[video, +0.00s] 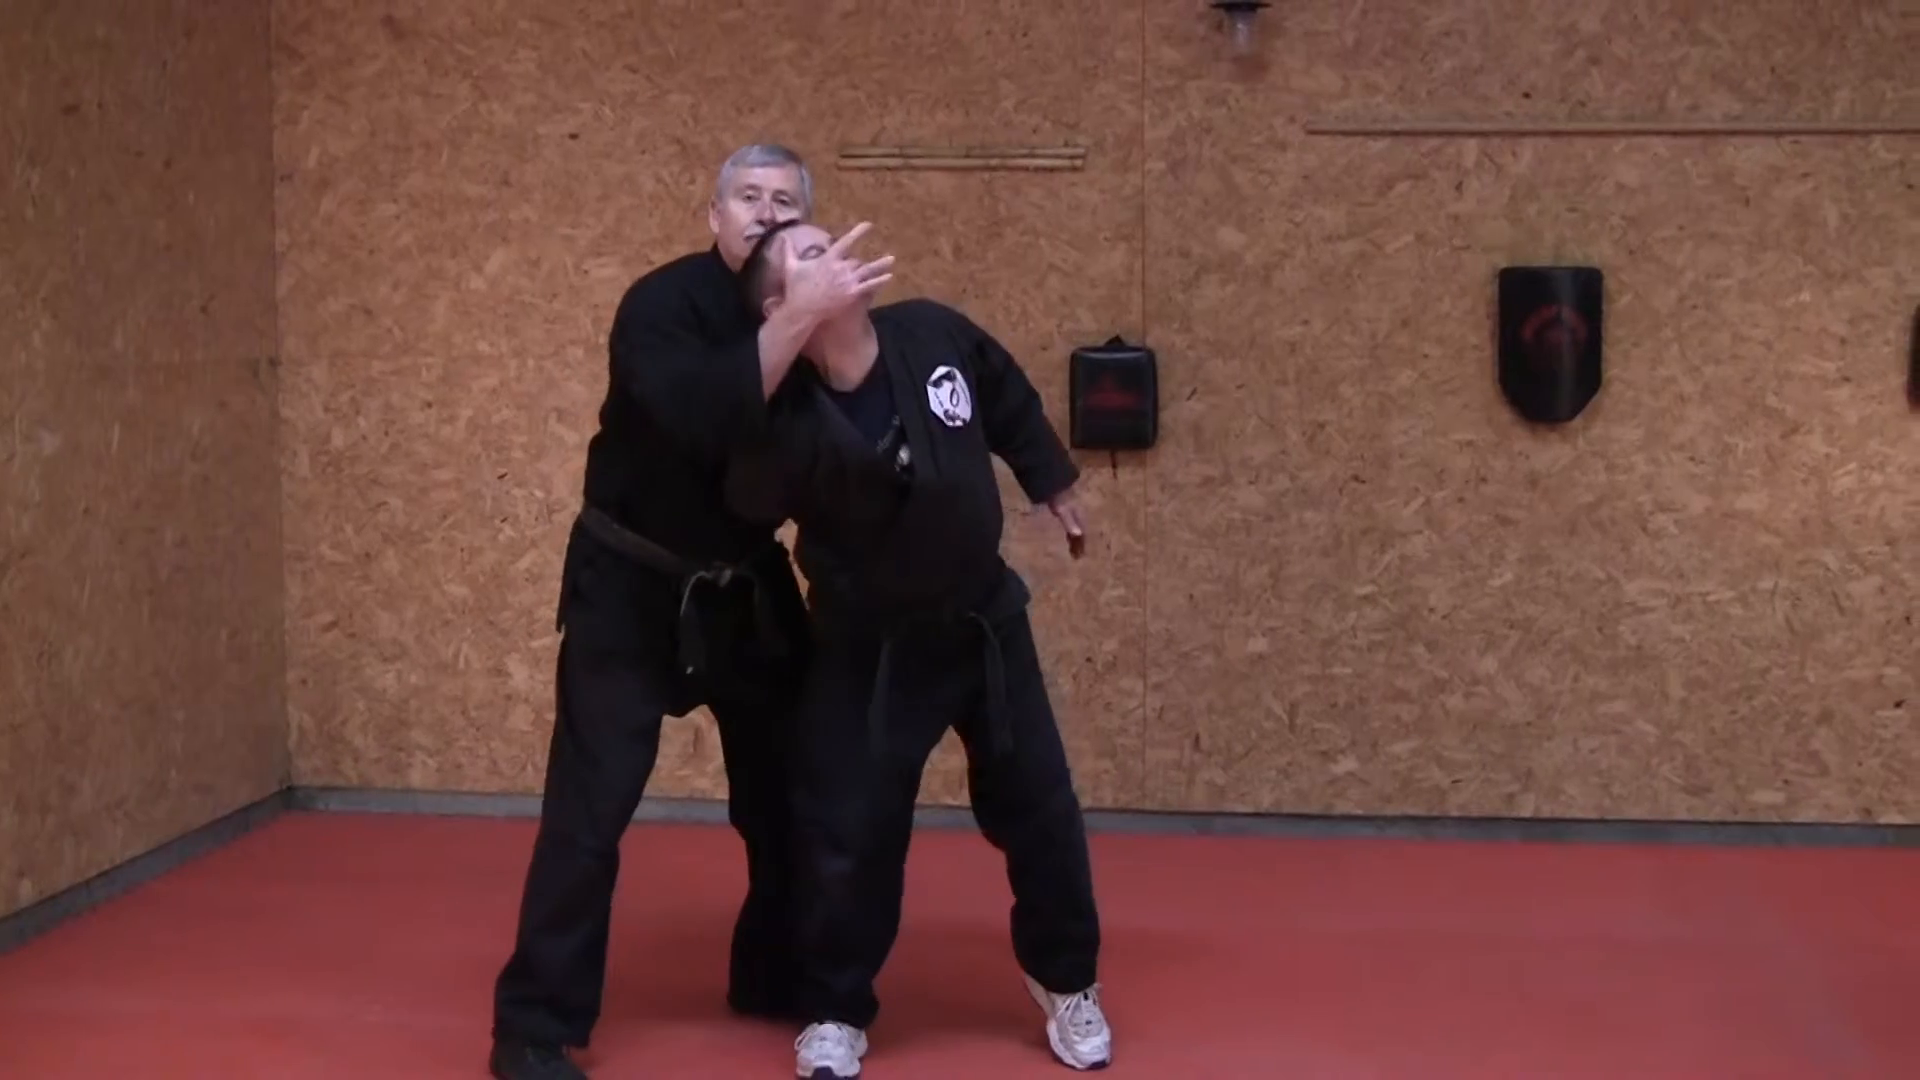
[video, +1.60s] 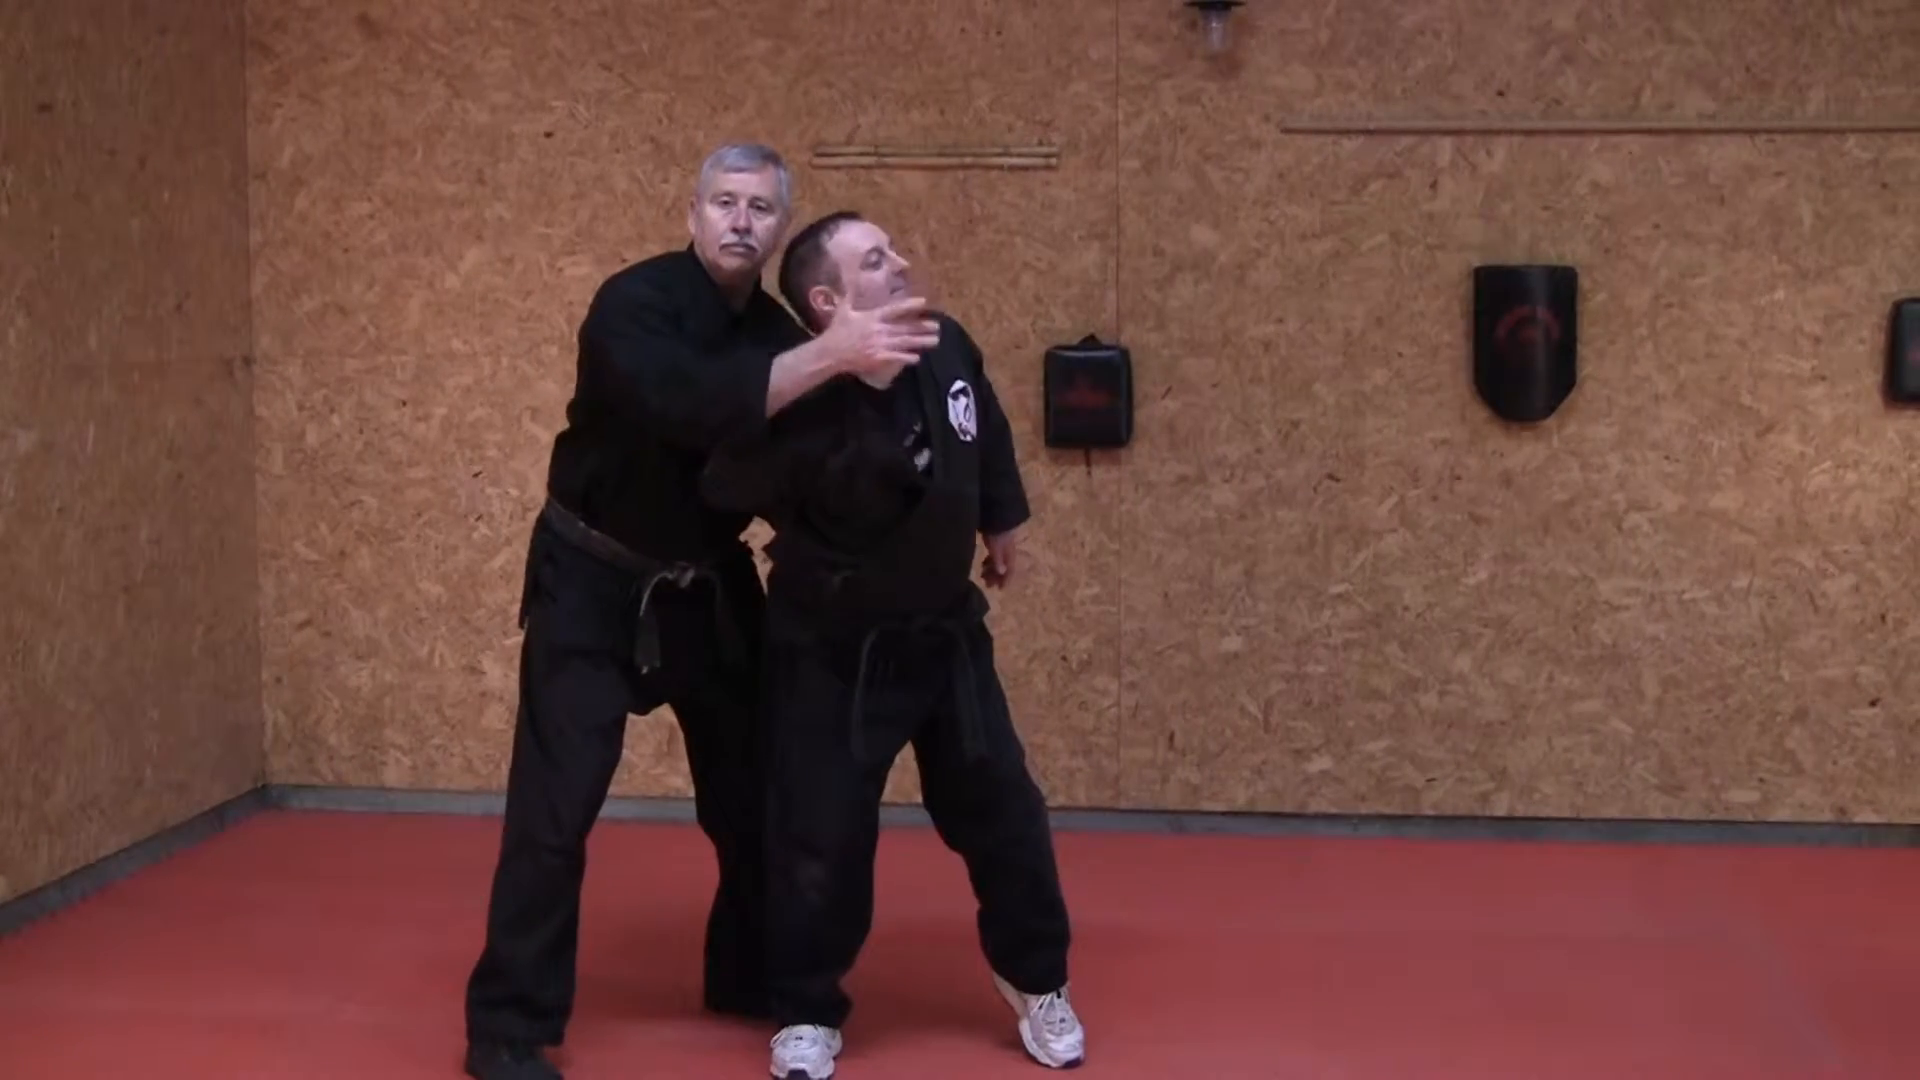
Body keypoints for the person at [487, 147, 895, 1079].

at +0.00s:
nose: (768, 212)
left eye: (786, 201)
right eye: (749, 195)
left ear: (807, 224)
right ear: (711, 216)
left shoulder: (813, 310)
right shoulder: (661, 305)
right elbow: (696, 419)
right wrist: (796, 317)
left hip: (747, 581)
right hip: (629, 579)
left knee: (789, 786)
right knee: (593, 805)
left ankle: (774, 976)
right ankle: (536, 1036)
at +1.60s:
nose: (742, 219)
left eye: (761, 207)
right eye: (725, 202)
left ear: (782, 229)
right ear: (692, 215)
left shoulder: (783, 329)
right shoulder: (630, 305)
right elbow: (678, 403)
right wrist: (828, 355)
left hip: (710, 579)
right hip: (591, 575)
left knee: (754, 791)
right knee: (555, 813)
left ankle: (748, 980)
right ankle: (511, 1037)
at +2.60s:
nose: (774, 218)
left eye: (793, 205)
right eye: (759, 199)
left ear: (813, 227)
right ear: (724, 208)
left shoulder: (813, 357)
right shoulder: (644, 299)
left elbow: (830, 504)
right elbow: (536, 427)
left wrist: (919, 489)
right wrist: (549, 561)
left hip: (726, 589)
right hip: (604, 577)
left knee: (779, 779)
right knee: (558, 810)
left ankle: (756, 972)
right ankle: (510, 1031)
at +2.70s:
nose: (784, 217)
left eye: (803, 205)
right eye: (768, 199)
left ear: (822, 226)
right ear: (733, 209)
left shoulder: (822, 353)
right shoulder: (656, 296)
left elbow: (840, 499)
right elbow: (548, 420)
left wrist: (929, 495)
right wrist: (556, 554)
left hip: (738, 590)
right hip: (616, 578)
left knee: (786, 783)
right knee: (566, 812)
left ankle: (753, 971)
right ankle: (510, 1029)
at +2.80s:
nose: (797, 220)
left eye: (815, 207)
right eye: (781, 201)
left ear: (831, 224)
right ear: (745, 207)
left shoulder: (833, 347)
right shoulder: (668, 295)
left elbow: (852, 484)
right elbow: (562, 418)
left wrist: (943, 512)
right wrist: (565, 552)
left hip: (754, 588)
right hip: (637, 576)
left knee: (793, 785)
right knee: (580, 807)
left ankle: (752, 972)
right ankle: (513, 1026)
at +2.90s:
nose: (818, 228)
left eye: (834, 215)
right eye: (802, 208)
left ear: (846, 222)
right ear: (760, 201)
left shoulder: (844, 337)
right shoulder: (682, 292)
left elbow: (865, 470)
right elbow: (580, 415)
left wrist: (942, 529)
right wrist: (576, 551)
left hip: (774, 591)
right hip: (657, 579)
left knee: (798, 790)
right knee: (597, 809)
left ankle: (753, 972)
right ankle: (518, 1021)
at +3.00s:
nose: (833, 232)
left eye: (848, 217)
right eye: (818, 212)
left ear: (859, 222)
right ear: (773, 203)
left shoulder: (853, 330)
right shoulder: (695, 289)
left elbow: (874, 456)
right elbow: (598, 411)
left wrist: (920, 547)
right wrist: (590, 550)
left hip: (790, 582)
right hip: (677, 572)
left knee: (801, 791)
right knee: (626, 798)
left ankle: (752, 971)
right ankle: (543, 1010)